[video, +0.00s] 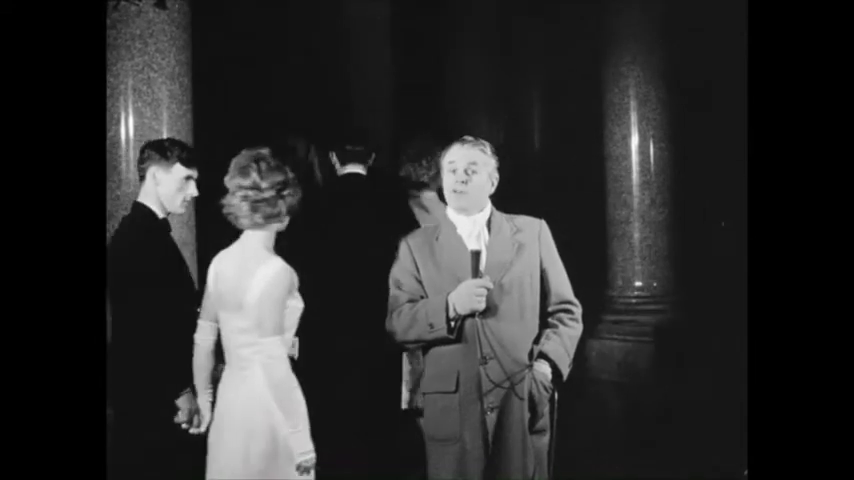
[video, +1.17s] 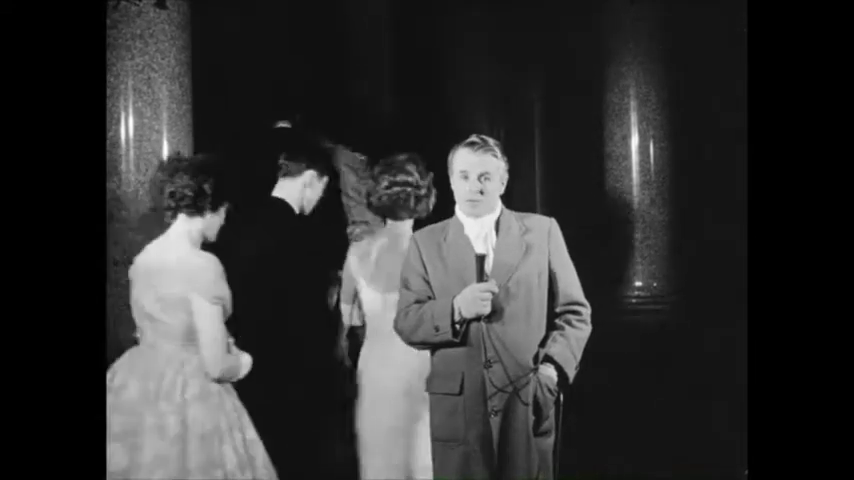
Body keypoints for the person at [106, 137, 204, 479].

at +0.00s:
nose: (194, 191)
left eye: (195, 181)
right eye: (186, 179)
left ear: (155, 174)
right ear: (153, 174)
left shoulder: (155, 234)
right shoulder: (139, 238)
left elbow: (174, 320)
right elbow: (152, 325)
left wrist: (189, 388)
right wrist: (179, 391)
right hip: (151, 402)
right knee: (157, 471)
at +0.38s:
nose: (215, 191)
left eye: (214, 180)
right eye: (205, 180)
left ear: (180, 179)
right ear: (176, 178)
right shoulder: (168, 237)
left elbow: (195, 320)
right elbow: (185, 324)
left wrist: (229, 375)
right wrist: (229, 376)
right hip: (179, 387)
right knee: (188, 467)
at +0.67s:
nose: (250, 193)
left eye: (250, 182)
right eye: (241, 182)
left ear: (213, 180)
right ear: (212, 178)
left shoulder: (183, 235)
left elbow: (234, 319)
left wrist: (263, 375)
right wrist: (262, 377)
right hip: (210, 393)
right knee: (233, 469)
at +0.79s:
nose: (271, 195)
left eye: (270, 185)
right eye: (263, 184)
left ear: (234, 181)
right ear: (234, 180)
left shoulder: (197, 236)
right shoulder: (243, 238)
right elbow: (253, 318)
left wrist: (285, 375)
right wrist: (285, 375)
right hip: (238, 384)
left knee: (219, 469)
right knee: (251, 467)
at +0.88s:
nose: (284, 196)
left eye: (285, 186)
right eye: (278, 184)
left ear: (249, 178)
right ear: (252, 176)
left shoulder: (211, 223)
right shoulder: (262, 234)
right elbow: (278, 315)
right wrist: (301, 373)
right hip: (257, 372)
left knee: (226, 463)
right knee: (262, 462)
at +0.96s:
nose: (292, 195)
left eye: (295, 187)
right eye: (292, 184)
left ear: (264, 173)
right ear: (273, 175)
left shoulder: (219, 219)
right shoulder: (276, 229)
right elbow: (292, 307)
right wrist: (314, 370)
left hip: (229, 360)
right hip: (271, 362)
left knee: (238, 456)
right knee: (274, 458)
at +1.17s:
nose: (320, 197)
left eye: (322, 188)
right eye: (323, 187)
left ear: (282, 174)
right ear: (311, 180)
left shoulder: (240, 222)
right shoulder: (301, 235)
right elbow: (306, 315)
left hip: (247, 369)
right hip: (295, 371)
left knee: (257, 463)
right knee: (303, 462)